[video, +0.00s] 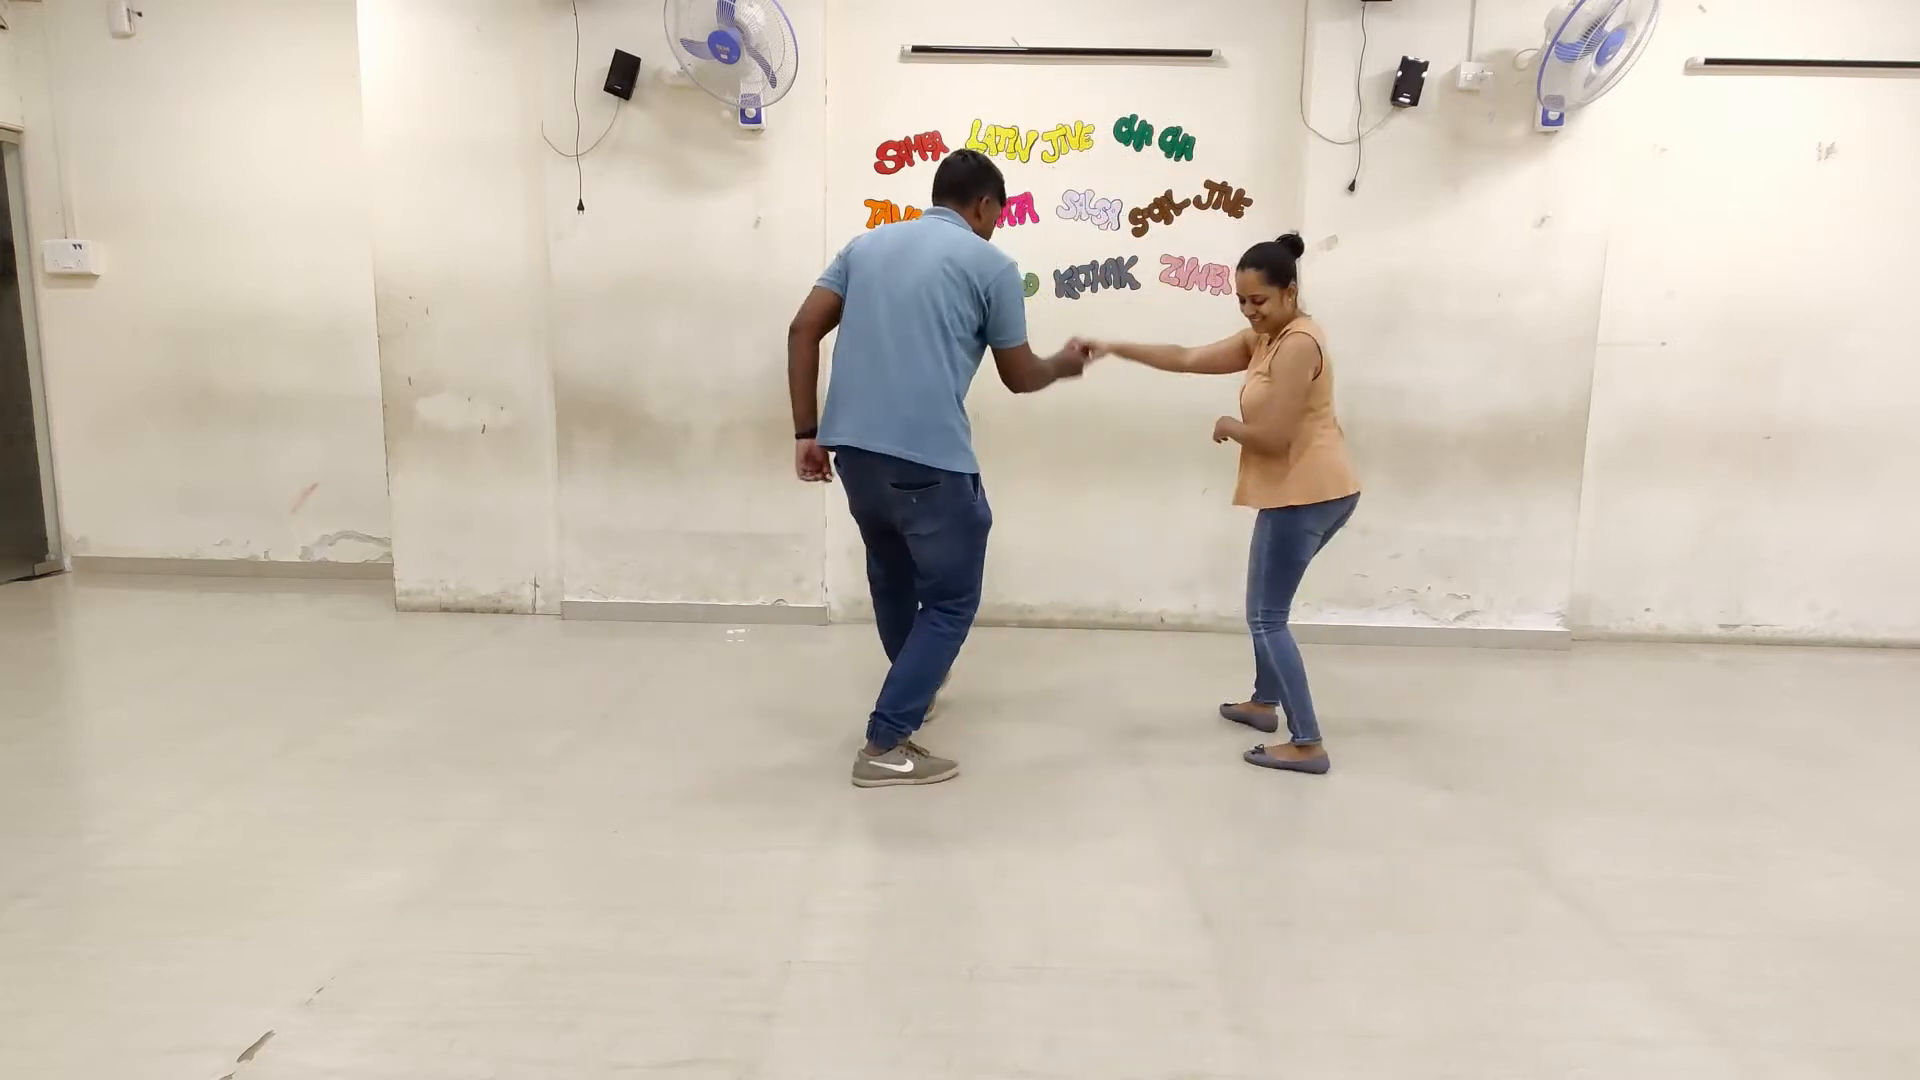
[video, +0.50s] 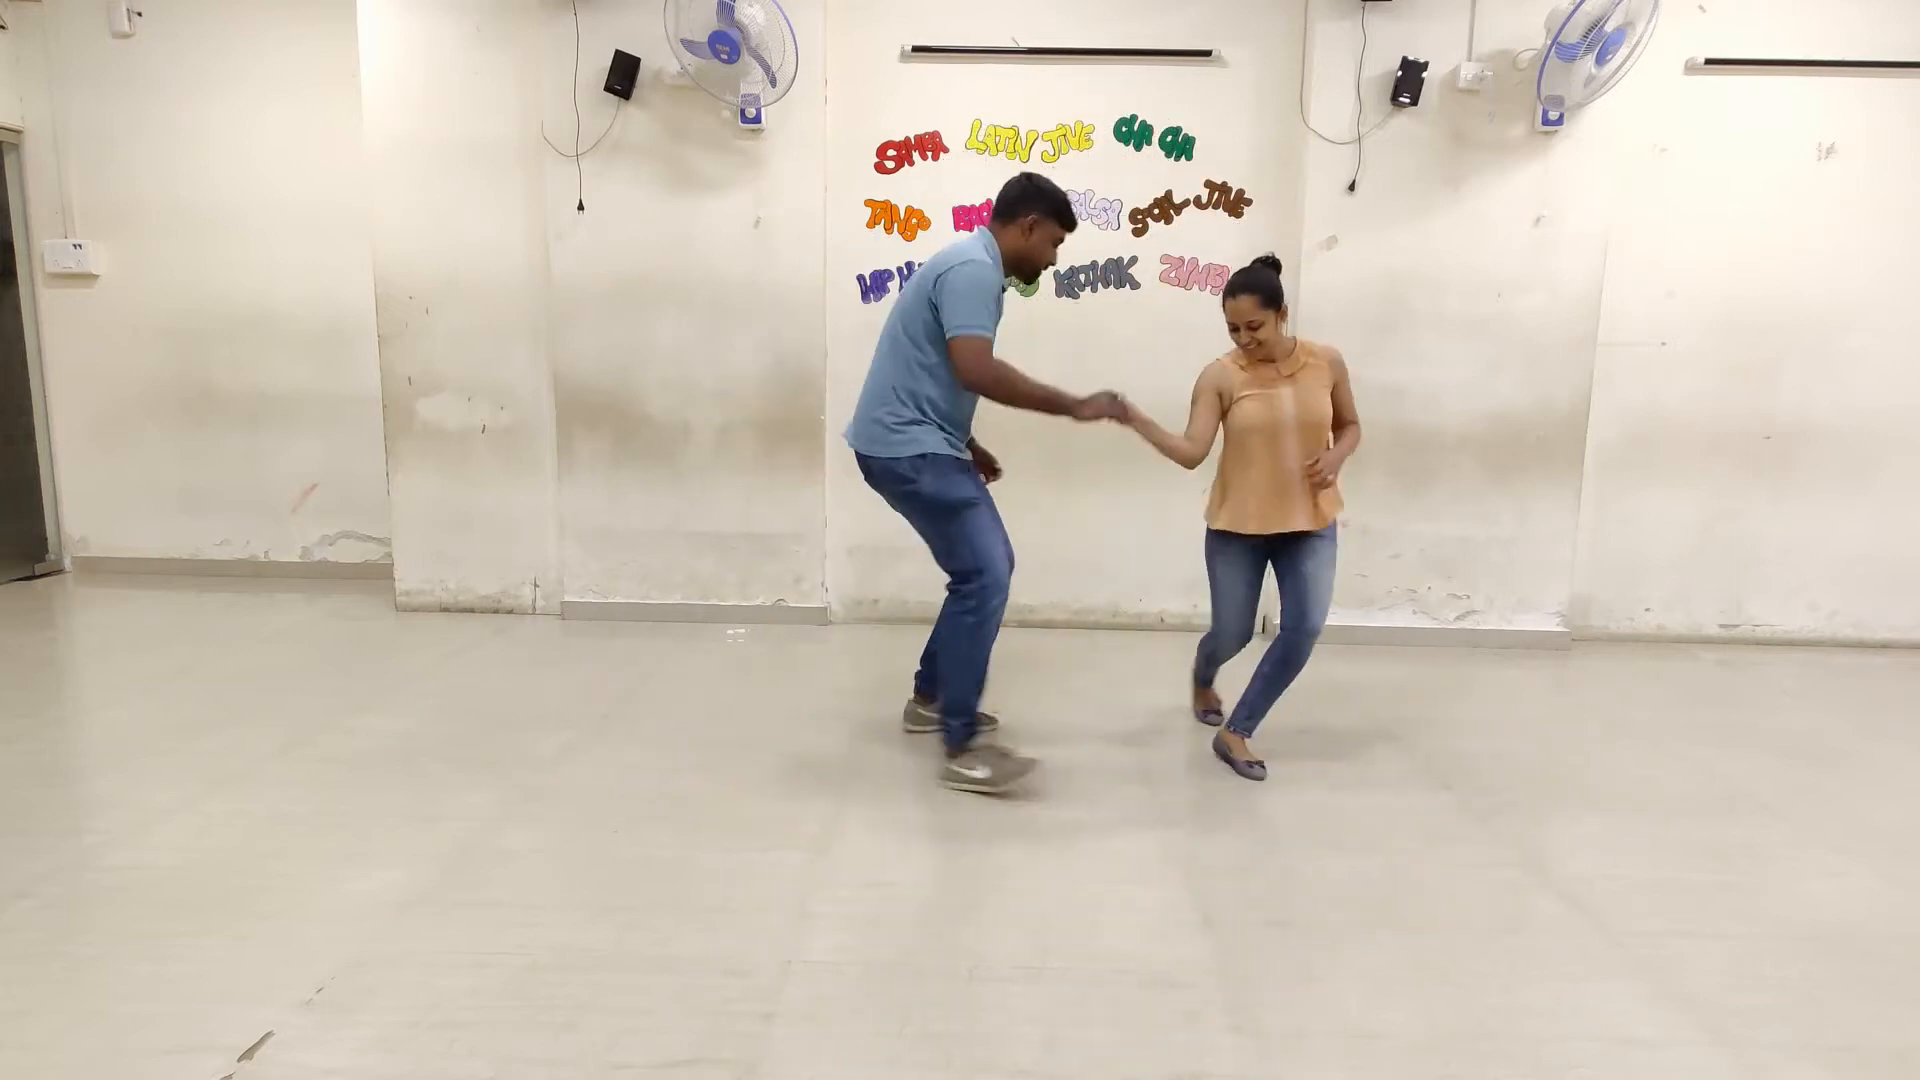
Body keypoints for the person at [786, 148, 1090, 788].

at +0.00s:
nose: (998, 225)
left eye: (999, 215)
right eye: (999, 214)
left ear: (935, 197)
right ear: (983, 204)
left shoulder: (866, 245)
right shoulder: (989, 266)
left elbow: (804, 329)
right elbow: (1020, 376)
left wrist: (806, 432)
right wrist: (1064, 364)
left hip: (852, 444)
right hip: (928, 454)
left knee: (889, 563)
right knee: (949, 604)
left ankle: (913, 681)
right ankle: (884, 746)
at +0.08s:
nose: (1002, 224)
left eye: (1003, 214)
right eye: (1003, 213)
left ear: (941, 193)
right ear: (986, 199)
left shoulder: (869, 241)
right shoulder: (988, 257)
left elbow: (808, 323)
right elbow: (1020, 365)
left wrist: (822, 419)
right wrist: (1060, 337)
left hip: (855, 437)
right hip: (927, 448)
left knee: (905, 570)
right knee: (945, 602)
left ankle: (921, 680)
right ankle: (884, 748)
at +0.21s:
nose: (1008, 232)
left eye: (1010, 220)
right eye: (1011, 219)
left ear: (952, 199)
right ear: (994, 205)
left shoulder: (881, 246)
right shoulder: (988, 260)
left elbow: (824, 332)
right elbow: (1014, 372)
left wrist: (853, 405)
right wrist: (1059, 359)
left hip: (858, 440)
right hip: (924, 451)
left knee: (939, 567)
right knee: (948, 603)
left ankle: (938, 693)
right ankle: (885, 747)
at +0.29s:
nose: (1020, 252)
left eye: (1024, 238)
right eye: (1021, 236)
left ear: (968, 217)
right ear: (1000, 221)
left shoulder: (903, 263)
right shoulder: (981, 277)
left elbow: (850, 356)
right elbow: (990, 383)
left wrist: (907, 401)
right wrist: (1045, 434)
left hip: (870, 453)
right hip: (922, 459)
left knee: (952, 579)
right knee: (965, 607)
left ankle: (935, 700)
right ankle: (887, 746)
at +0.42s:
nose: (1043, 260)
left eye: (1048, 246)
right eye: (1044, 243)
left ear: (1002, 224)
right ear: (1018, 226)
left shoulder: (956, 264)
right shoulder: (973, 274)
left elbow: (919, 374)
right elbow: (974, 381)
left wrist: (952, 447)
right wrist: (1062, 429)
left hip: (898, 442)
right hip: (909, 447)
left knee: (977, 576)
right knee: (993, 586)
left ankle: (935, 702)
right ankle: (912, 733)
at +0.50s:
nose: (1054, 258)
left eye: (1059, 245)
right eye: (1054, 242)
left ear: (1018, 226)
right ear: (1025, 224)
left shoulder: (972, 266)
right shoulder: (971, 268)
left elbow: (925, 371)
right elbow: (975, 368)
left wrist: (964, 444)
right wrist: (1071, 405)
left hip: (920, 438)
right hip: (903, 438)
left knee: (991, 564)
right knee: (984, 574)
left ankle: (932, 696)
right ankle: (963, 744)